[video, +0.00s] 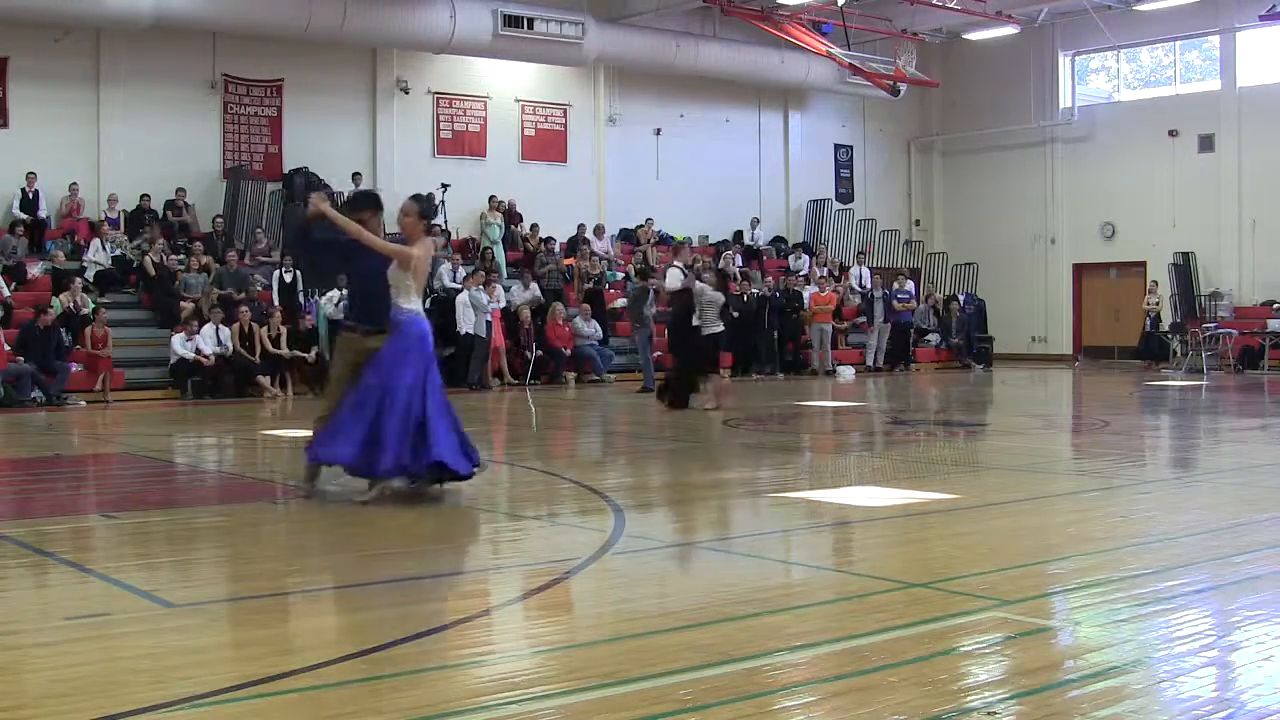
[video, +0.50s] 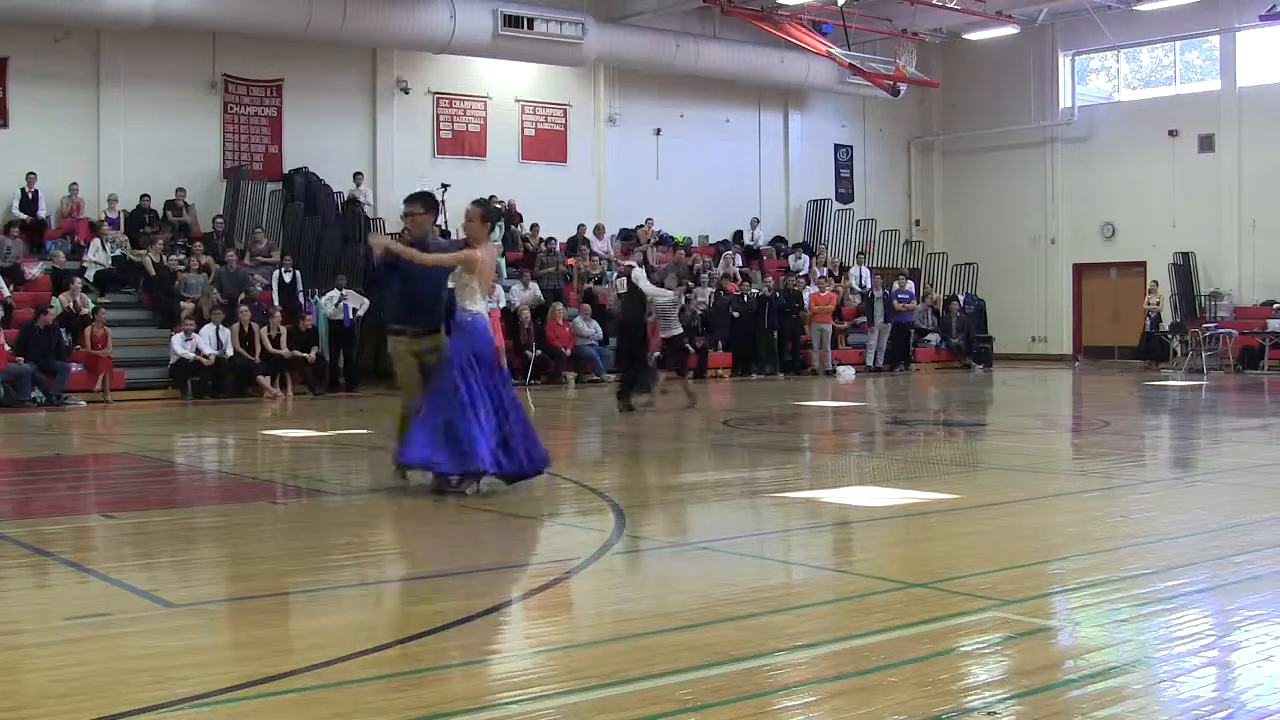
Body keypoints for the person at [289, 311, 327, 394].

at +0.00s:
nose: (311, 323)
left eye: (311, 320)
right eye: (309, 320)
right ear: (301, 322)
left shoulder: (313, 331)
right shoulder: (292, 331)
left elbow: (314, 345)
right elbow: (292, 350)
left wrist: (312, 353)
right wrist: (305, 355)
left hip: (310, 355)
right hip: (298, 356)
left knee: (321, 362)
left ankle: (321, 385)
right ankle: (312, 387)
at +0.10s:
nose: (311, 323)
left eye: (311, 320)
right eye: (308, 320)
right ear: (301, 321)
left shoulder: (313, 331)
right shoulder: (292, 331)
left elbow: (314, 345)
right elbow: (292, 350)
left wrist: (312, 353)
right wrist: (305, 355)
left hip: (309, 355)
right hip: (298, 356)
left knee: (319, 360)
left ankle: (319, 385)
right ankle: (311, 388)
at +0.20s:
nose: (311, 323)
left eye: (311, 320)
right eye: (308, 320)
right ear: (300, 321)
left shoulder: (312, 331)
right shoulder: (292, 331)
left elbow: (314, 345)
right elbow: (292, 350)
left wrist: (312, 354)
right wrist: (305, 355)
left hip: (308, 356)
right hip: (297, 357)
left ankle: (316, 386)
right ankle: (311, 388)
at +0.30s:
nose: (310, 323)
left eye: (311, 320)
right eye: (308, 321)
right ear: (301, 322)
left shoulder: (313, 330)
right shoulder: (292, 331)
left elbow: (315, 345)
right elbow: (292, 349)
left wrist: (312, 353)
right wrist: (304, 355)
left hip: (310, 354)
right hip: (298, 355)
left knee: (321, 361)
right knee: (302, 363)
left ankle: (321, 386)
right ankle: (313, 387)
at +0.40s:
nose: (310, 323)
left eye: (311, 320)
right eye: (308, 321)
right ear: (301, 322)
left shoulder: (313, 330)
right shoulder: (292, 331)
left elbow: (315, 345)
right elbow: (292, 349)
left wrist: (312, 353)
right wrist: (304, 355)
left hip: (310, 354)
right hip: (298, 355)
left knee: (321, 361)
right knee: (302, 364)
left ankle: (321, 386)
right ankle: (314, 387)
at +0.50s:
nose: (310, 323)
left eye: (311, 320)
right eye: (308, 321)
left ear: (312, 321)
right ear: (301, 322)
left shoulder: (313, 330)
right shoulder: (292, 331)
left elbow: (315, 345)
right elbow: (292, 349)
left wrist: (312, 354)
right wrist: (304, 355)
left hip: (310, 354)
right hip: (298, 355)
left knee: (321, 360)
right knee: (302, 363)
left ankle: (320, 386)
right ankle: (314, 387)